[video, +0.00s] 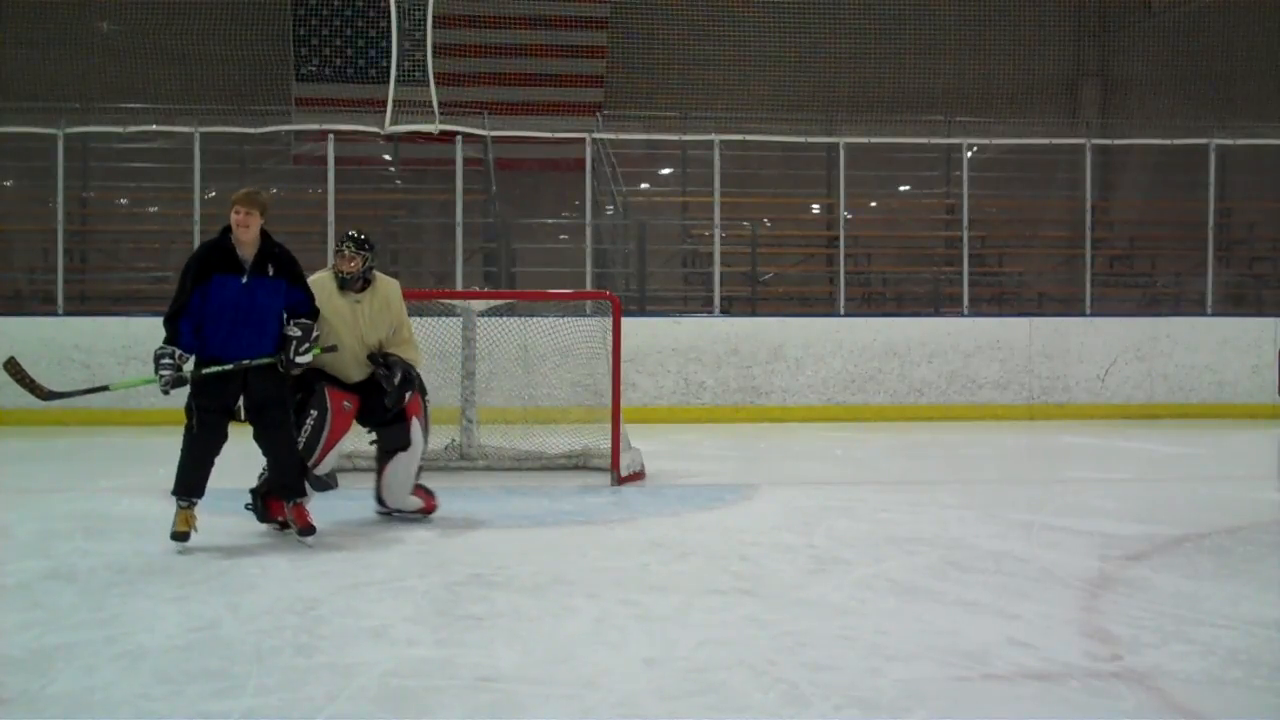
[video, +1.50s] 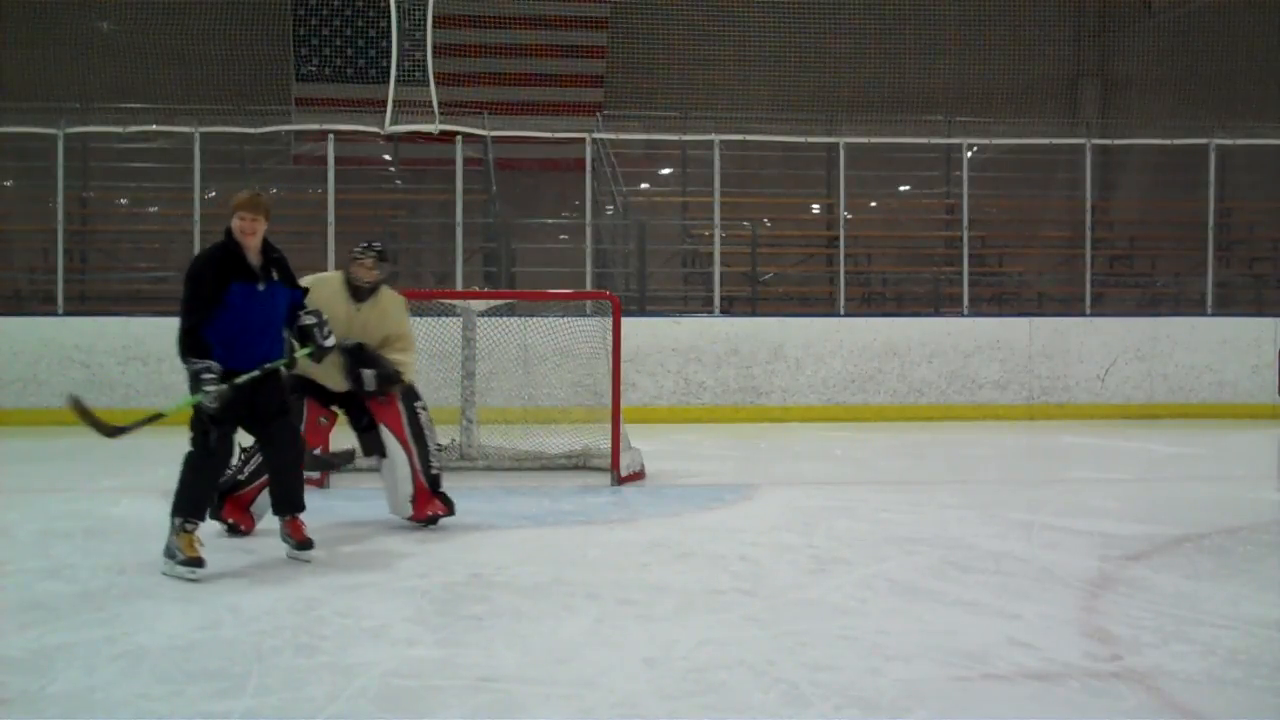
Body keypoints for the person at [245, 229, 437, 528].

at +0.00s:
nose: (344, 265)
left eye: (352, 259)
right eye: (340, 258)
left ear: (367, 262)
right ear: (333, 259)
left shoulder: (389, 290)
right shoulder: (316, 289)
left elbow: (404, 342)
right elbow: (293, 334)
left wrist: (399, 370)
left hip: (375, 380)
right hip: (328, 380)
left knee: (410, 410)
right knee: (333, 414)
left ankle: (396, 495)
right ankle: (278, 492)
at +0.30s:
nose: (343, 257)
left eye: (351, 251)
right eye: (339, 250)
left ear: (364, 255)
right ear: (331, 251)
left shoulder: (383, 285)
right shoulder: (309, 279)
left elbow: (401, 334)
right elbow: (288, 320)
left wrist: (400, 360)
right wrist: (297, 353)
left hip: (367, 376)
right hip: (320, 377)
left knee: (384, 439)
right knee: (301, 436)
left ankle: (371, 495)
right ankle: (269, 492)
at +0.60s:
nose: (332, 255)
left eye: (340, 249)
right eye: (328, 248)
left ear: (353, 253)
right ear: (320, 249)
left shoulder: (372, 285)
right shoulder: (298, 275)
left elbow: (392, 327)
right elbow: (276, 314)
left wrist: (375, 344)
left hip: (358, 370)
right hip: (310, 368)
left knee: (375, 434)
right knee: (293, 436)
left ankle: (371, 496)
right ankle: (260, 496)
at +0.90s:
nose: (306, 261)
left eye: (314, 256)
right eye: (302, 254)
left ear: (327, 260)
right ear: (295, 256)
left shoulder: (346, 290)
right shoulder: (278, 279)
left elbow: (355, 338)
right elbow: (260, 317)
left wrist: (321, 347)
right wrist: (278, 344)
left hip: (326, 375)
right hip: (281, 370)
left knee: (336, 434)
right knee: (273, 427)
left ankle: (346, 496)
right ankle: (249, 493)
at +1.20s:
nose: (308, 260)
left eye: (315, 254)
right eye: (302, 253)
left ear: (328, 258)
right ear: (294, 254)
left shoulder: (345, 288)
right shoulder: (272, 277)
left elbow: (347, 341)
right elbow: (254, 320)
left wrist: (312, 352)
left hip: (326, 371)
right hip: (278, 367)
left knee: (353, 416)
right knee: (271, 420)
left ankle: (352, 492)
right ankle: (244, 493)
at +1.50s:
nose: (364, 272)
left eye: (372, 267)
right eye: (359, 265)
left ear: (383, 273)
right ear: (348, 265)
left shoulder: (393, 306)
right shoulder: (316, 289)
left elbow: (404, 356)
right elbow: (275, 316)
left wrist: (385, 374)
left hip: (364, 388)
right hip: (313, 381)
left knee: (407, 405)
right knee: (293, 438)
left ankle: (424, 497)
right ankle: (236, 500)